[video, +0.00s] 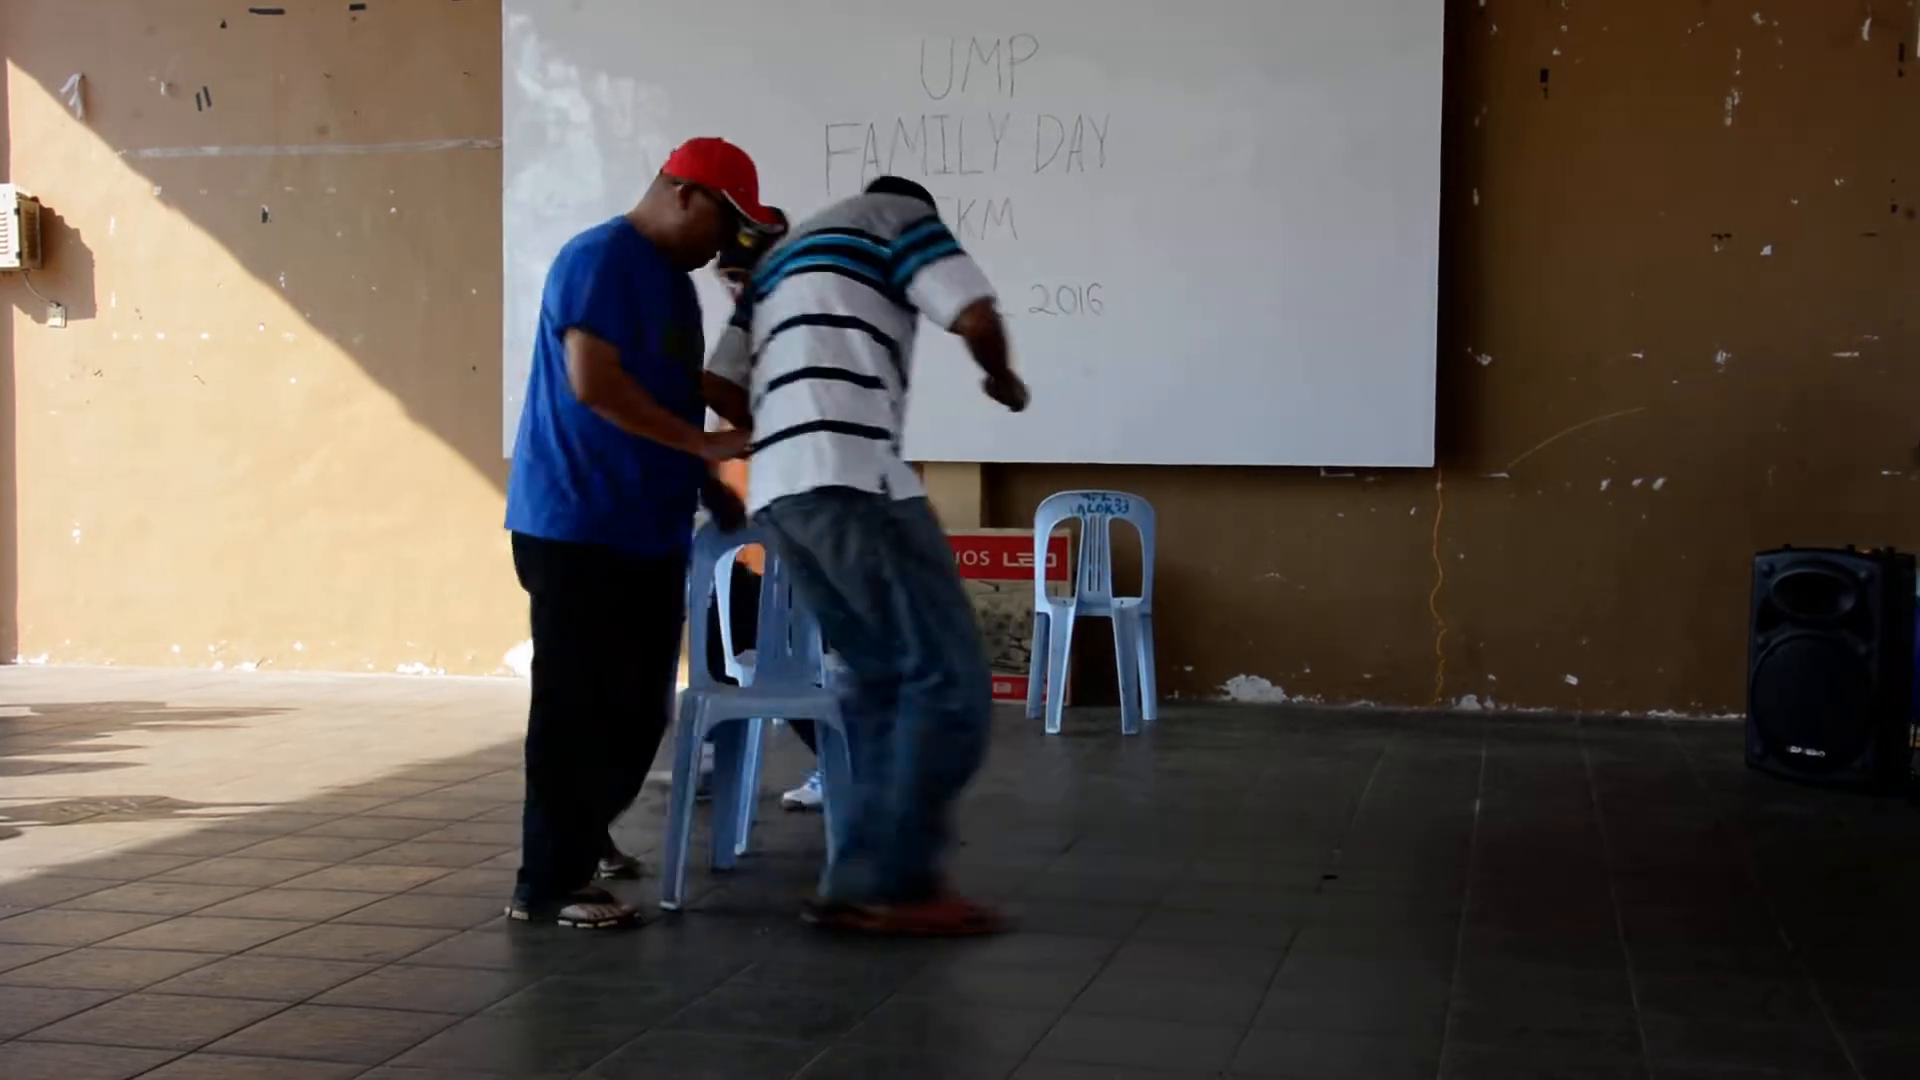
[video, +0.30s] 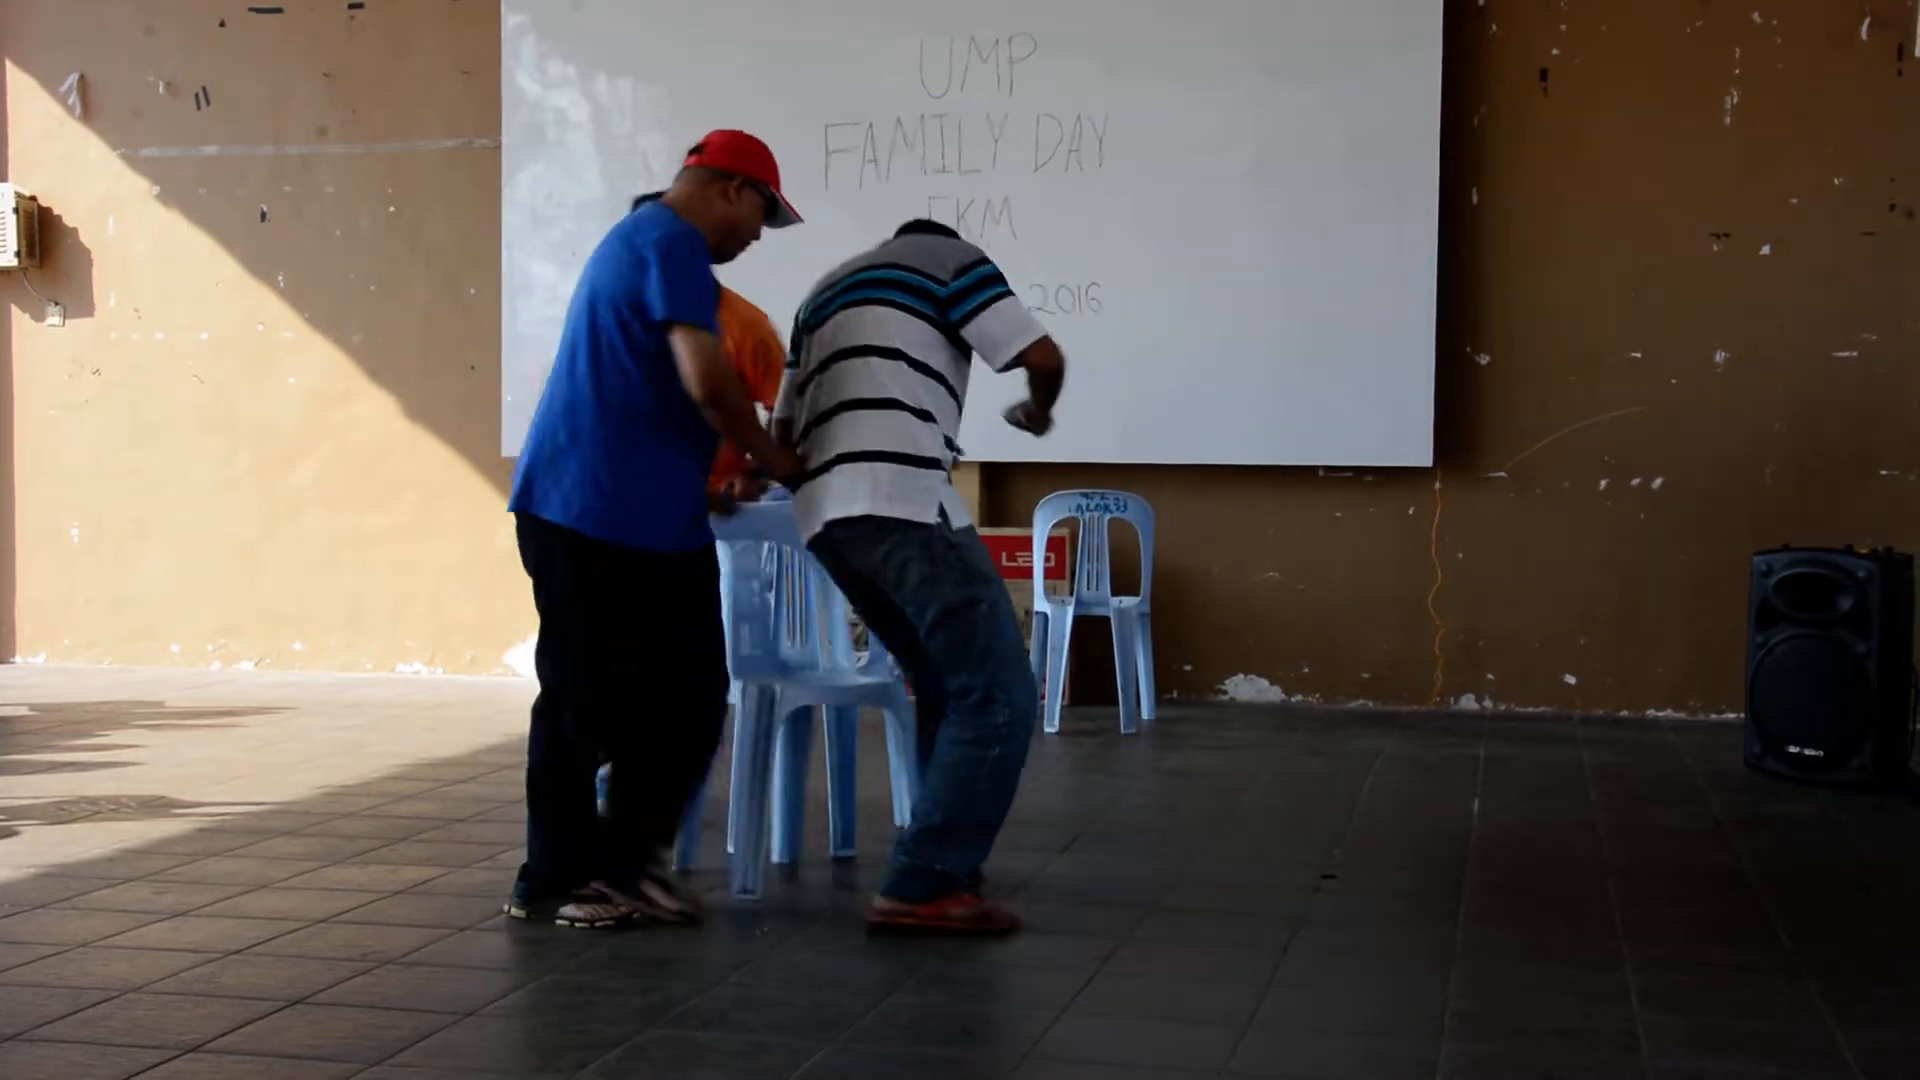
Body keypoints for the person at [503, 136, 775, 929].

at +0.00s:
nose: (724, 241)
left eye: (731, 227)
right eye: (722, 220)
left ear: (688, 202)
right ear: (684, 195)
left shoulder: (671, 283)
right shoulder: (606, 256)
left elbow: (671, 383)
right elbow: (594, 383)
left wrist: (747, 409)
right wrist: (698, 444)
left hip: (641, 534)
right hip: (578, 527)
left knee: (638, 704)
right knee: (577, 707)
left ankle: (580, 839)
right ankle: (550, 887)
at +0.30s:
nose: (756, 236)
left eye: (764, 223)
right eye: (760, 216)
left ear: (700, 184)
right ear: (728, 191)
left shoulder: (640, 238)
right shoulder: (673, 243)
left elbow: (649, 395)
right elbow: (710, 379)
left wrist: (727, 459)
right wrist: (766, 447)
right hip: (618, 515)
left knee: (578, 697)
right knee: (683, 694)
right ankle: (579, 884)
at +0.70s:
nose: (819, 293)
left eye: (825, 281)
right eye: (823, 276)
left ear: (761, 239)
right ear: (805, 255)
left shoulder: (690, 277)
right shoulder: (778, 301)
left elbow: (665, 437)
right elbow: (802, 444)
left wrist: (761, 496)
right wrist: (852, 469)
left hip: (577, 508)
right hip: (641, 520)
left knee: (666, 702)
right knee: (701, 705)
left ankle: (642, 883)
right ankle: (629, 903)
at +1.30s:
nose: (851, 241)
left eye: (852, 230)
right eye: (851, 227)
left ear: (776, 201)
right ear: (833, 208)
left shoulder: (722, 261)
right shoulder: (822, 248)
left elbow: (732, 410)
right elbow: (850, 389)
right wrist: (870, 489)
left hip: (669, 503)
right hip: (731, 507)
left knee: (761, 699)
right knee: (776, 702)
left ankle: (672, 845)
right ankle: (704, 924)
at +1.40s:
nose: (866, 233)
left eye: (865, 223)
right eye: (866, 220)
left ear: (786, 200)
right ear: (851, 205)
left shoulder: (735, 263)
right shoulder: (848, 250)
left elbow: (749, 404)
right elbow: (867, 400)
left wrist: (876, 437)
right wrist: (849, 507)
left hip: (692, 503)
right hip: (754, 507)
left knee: (835, 665)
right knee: (769, 701)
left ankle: (763, 865)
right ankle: (703, 918)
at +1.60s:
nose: (909, 241)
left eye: (904, 232)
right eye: (909, 229)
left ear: (828, 214)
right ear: (897, 219)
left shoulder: (775, 274)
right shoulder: (906, 268)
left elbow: (741, 403)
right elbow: (944, 404)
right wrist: (970, 497)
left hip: (748, 514)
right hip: (822, 519)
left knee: (867, 701)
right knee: (846, 704)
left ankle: (874, 895)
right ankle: (710, 904)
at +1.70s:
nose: (921, 246)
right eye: (922, 234)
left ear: (844, 224)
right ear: (919, 228)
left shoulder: (796, 286)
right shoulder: (928, 273)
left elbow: (738, 414)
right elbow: (975, 395)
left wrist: (774, 496)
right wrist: (1018, 511)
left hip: (776, 520)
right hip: (862, 518)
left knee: (866, 706)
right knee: (920, 695)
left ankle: (874, 894)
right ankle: (799, 836)